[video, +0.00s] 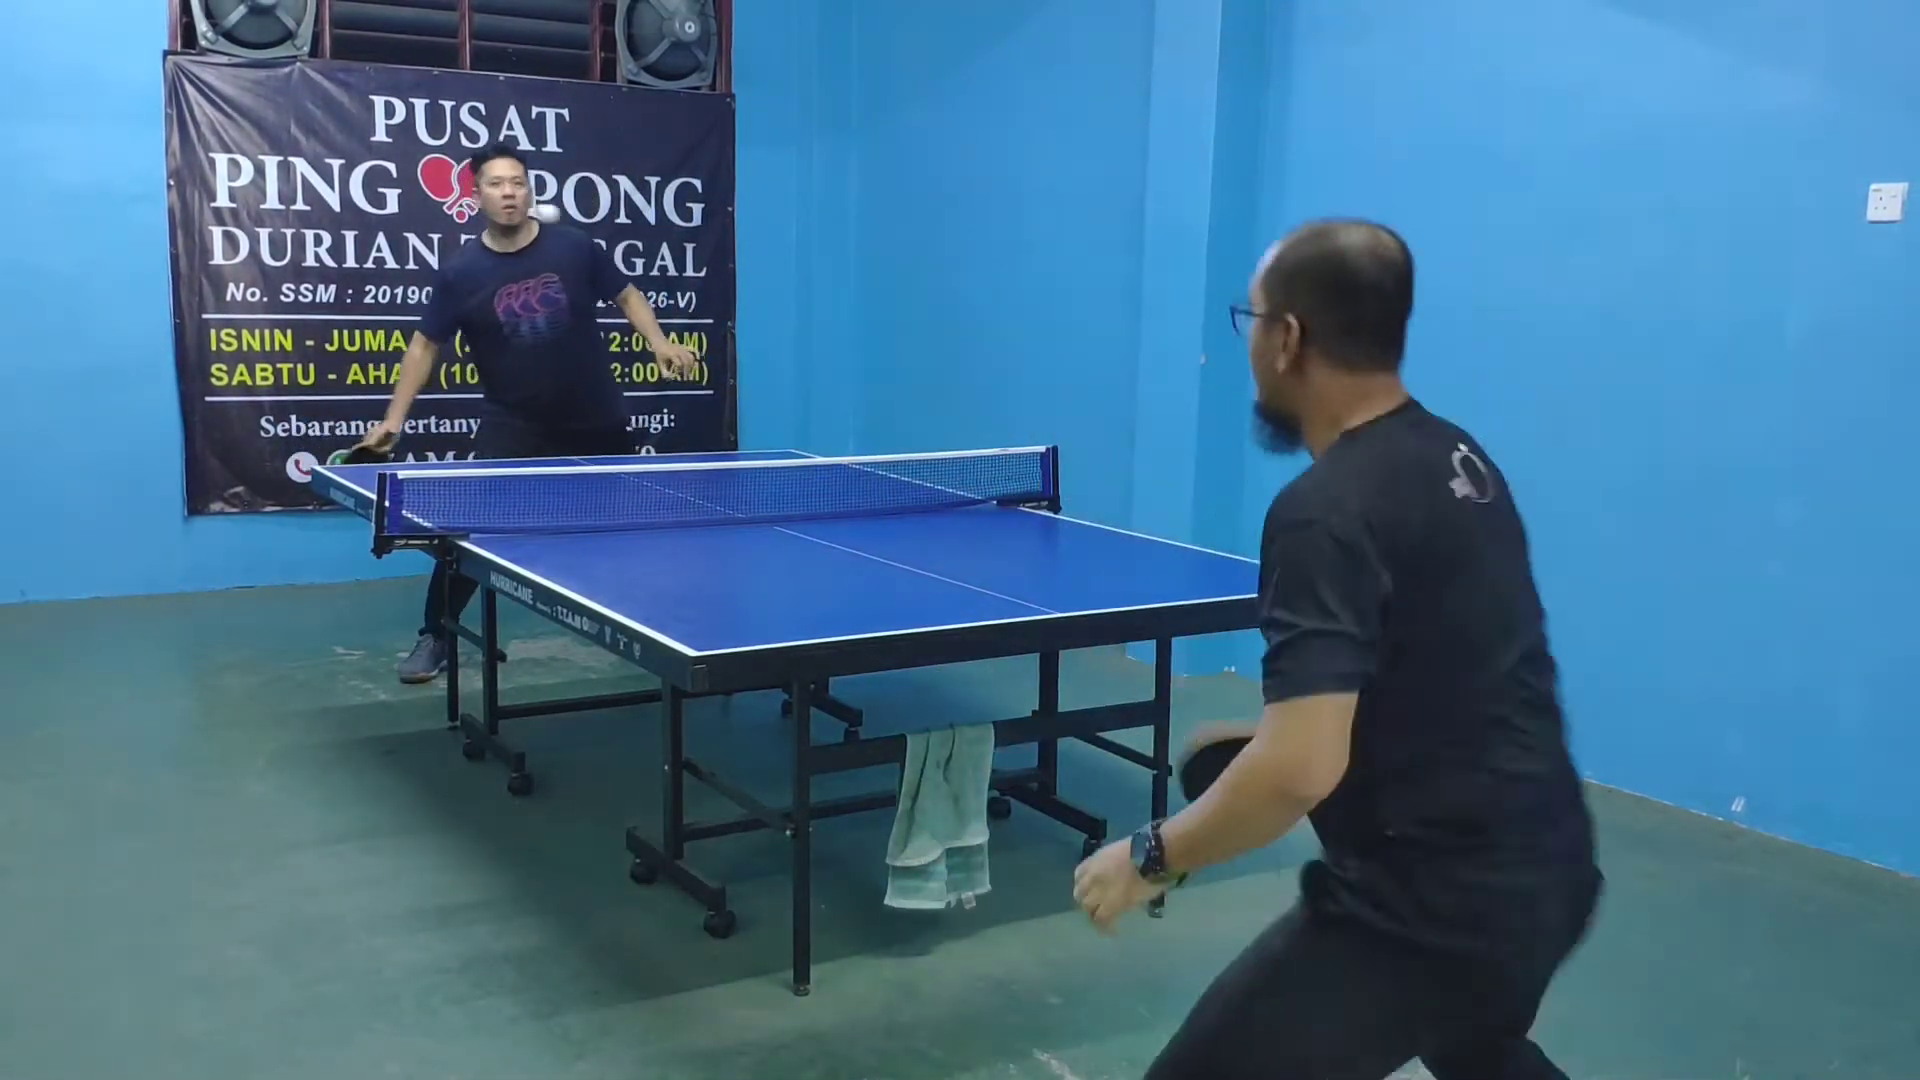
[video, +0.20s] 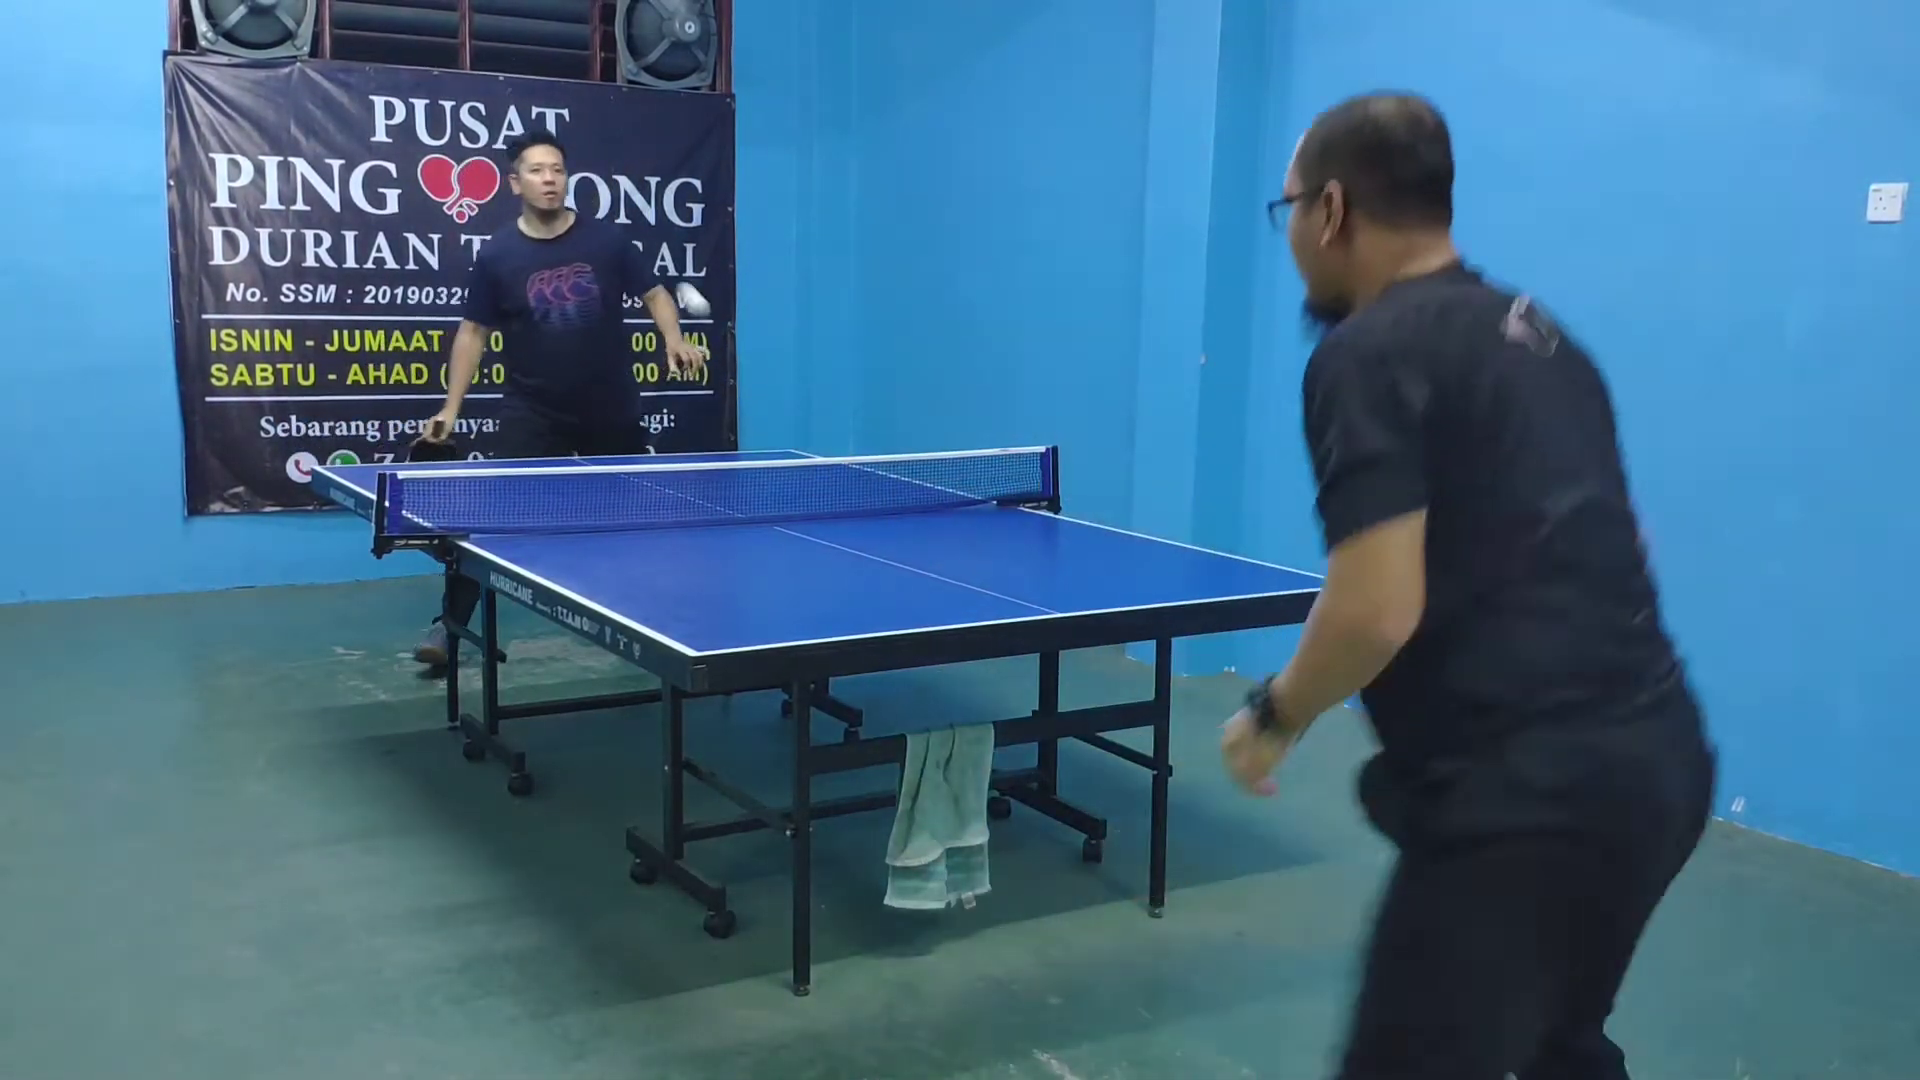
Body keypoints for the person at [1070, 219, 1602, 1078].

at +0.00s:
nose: (1248, 342)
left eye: (1252, 318)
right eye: (1250, 318)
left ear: (1290, 337)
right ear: (1388, 335)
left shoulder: (1323, 511)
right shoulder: (1456, 459)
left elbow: (1299, 767)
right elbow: (1455, 684)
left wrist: (1152, 856)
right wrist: (1292, 735)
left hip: (1416, 905)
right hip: (1536, 874)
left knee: (1193, 1070)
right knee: (1480, 1051)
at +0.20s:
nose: (1289, 234)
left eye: (1291, 206)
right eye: (1289, 207)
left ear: (1335, 211)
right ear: (1436, 206)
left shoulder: (1368, 350)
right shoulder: (1535, 332)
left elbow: (1376, 606)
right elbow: (1576, 559)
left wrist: (1277, 715)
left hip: (1518, 792)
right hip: (1647, 767)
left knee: (1407, 1059)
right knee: (1559, 1042)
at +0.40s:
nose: (1374, 306)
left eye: (1365, 271)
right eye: (1360, 278)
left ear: (1420, 237)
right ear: (1508, 224)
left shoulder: (1485, 374)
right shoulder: (1651, 347)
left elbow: (1471, 669)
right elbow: (1763, 589)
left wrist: (1351, 806)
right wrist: (1676, 742)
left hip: (1634, 847)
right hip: (1748, 822)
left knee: (1552, 1057)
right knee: (1619, 1050)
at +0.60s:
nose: (1439, 398)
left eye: (1417, 359)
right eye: (1415, 370)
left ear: (1460, 305)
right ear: (1556, 276)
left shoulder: (1529, 450)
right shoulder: (1753, 382)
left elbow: (1544, 780)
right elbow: (1898, 641)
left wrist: (1454, 946)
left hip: (1782, 942)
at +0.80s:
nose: (1448, 450)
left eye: (1417, 418)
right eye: (1416, 428)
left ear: (1450, 357)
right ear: (1541, 302)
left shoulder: (1557, 485)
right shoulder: (1791, 371)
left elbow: (1629, 838)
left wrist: (1546, 1007)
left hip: (1857, 955)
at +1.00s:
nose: (1439, 445)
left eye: (1406, 412)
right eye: (1406, 424)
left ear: (1433, 348)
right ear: (1521, 292)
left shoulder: (1540, 471)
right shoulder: (1776, 357)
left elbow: (1663, 812)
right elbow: (1914, 518)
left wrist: (1618, 930)